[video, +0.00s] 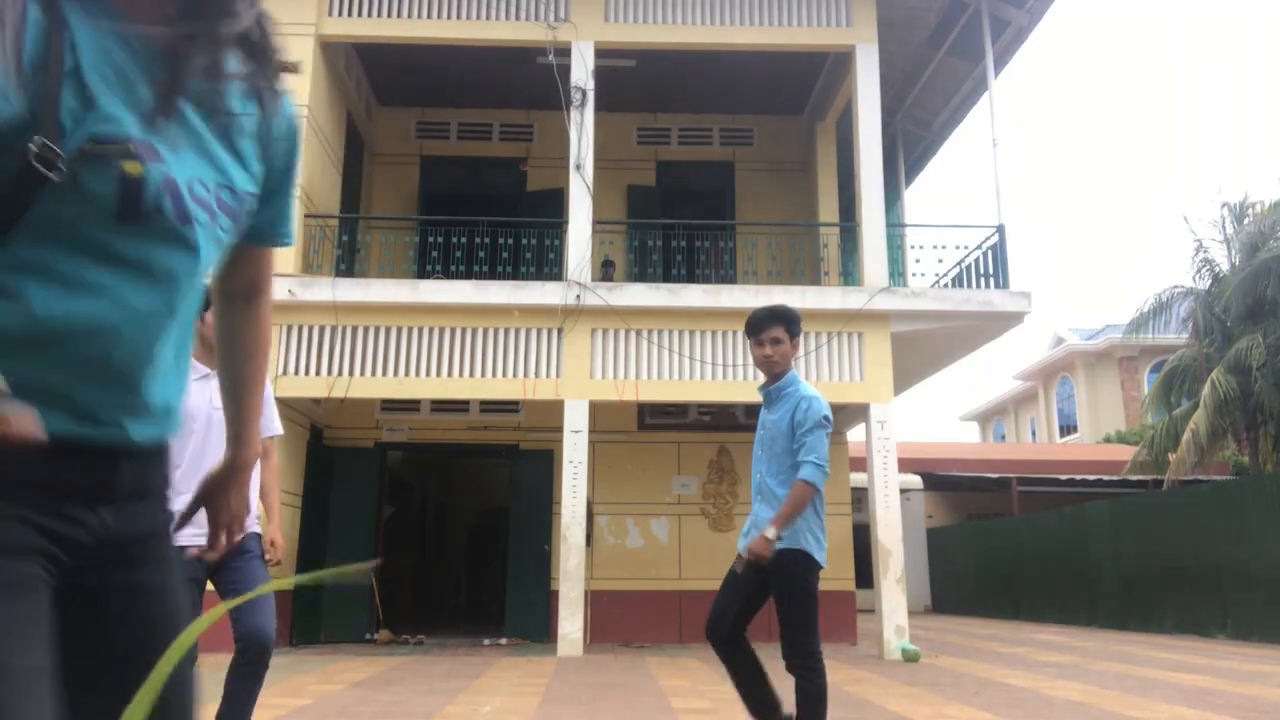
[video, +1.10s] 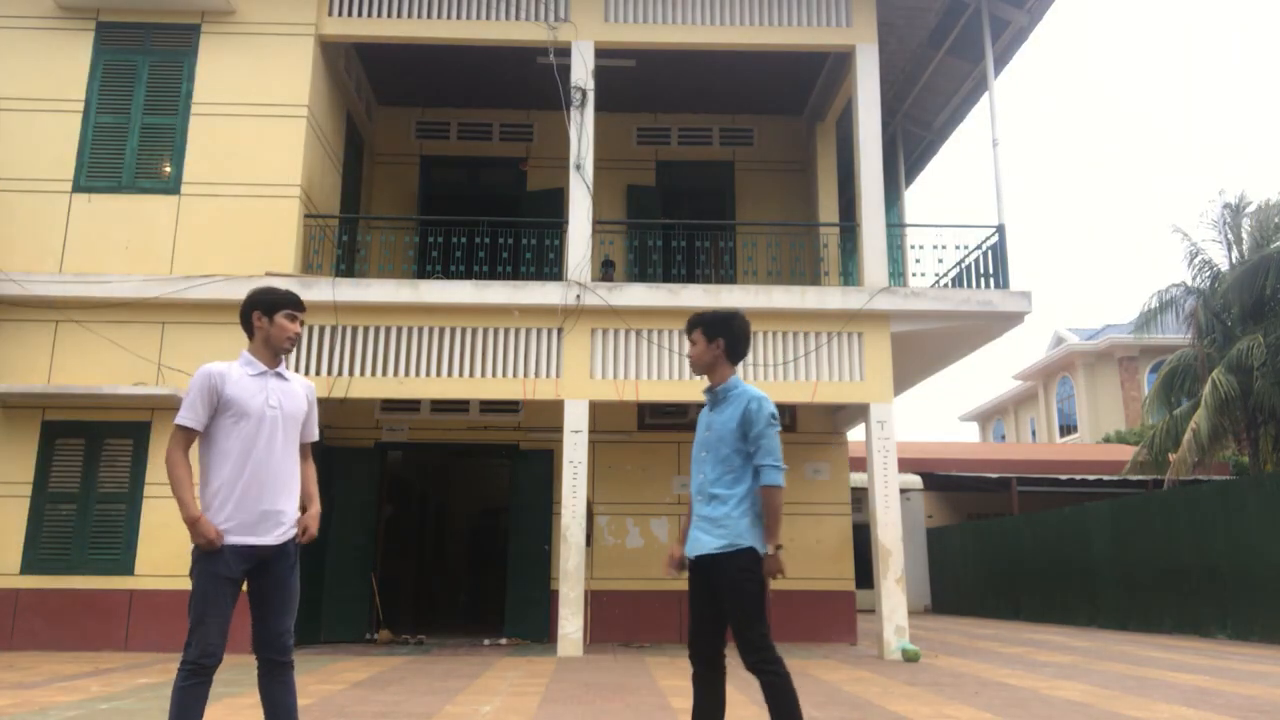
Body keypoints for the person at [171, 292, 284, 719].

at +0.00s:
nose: (232, 323)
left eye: (238, 314)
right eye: (221, 312)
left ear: (247, 324)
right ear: (199, 318)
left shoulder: (253, 379)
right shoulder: (168, 378)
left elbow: (267, 455)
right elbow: (143, 453)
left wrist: (272, 522)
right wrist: (149, 521)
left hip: (240, 537)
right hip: (178, 541)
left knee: (259, 637)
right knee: (176, 653)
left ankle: (232, 718)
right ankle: (171, 716)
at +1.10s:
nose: (298, 329)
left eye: (301, 322)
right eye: (291, 319)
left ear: (295, 329)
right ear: (259, 320)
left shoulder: (303, 390)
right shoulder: (215, 377)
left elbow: (305, 455)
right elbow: (176, 450)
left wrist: (313, 505)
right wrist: (193, 517)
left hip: (281, 546)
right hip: (223, 544)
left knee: (278, 657)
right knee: (202, 658)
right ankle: (181, 719)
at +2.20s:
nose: (277, 329)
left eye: (280, 322)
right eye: (269, 319)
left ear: (277, 327)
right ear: (237, 320)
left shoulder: (288, 386)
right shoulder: (194, 382)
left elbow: (298, 451)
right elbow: (169, 459)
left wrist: (292, 475)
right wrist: (240, 469)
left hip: (276, 542)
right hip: (214, 542)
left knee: (278, 657)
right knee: (197, 656)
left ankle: (284, 719)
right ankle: (180, 719)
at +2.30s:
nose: (274, 332)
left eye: (278, 325)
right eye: (266, 321)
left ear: (277, 330)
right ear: (234, 320)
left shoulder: (287, 385)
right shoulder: (192, 382)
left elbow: (304, 456)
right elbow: (175, 458)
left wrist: (289, 438)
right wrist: (246, 441)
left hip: (277, 541)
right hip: (214, 540)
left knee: (278, 657)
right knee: (197, 656)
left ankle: (284, 719)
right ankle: (180, 719)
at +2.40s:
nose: (270, 335)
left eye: (275, 327)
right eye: (262, 323)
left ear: (278, 333)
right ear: (232, 320)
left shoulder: (278, 388)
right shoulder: (192, 378)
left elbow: (313, 451)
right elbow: (194, 444)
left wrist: (304, 399)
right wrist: (252, 396)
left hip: (276, 540)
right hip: (214, 540)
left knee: (278, 658)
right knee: (197, 656)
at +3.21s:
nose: (270, 339)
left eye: (276, 333)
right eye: (262, 328)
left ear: (281, 338)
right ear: (234, 324)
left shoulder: (287, 386)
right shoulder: (193, 379)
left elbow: (344, 421)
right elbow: (208, 431)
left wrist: (375, 393)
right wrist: (241, 369)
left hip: (280, 538)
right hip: (217, 538)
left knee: (282, 655)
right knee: (198, 654)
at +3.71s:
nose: (290, 350)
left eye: (295, 344)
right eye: (282, 340)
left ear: (299, 347)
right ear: (253, 337)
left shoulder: (308, 398)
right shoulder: (213, 391)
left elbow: (366, 438)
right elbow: (225, 440)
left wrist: (395, 409)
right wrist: (262, 381)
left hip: (300, 549)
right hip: (233, 551)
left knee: (337, 655)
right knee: (204, 663)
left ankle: (369, 719)